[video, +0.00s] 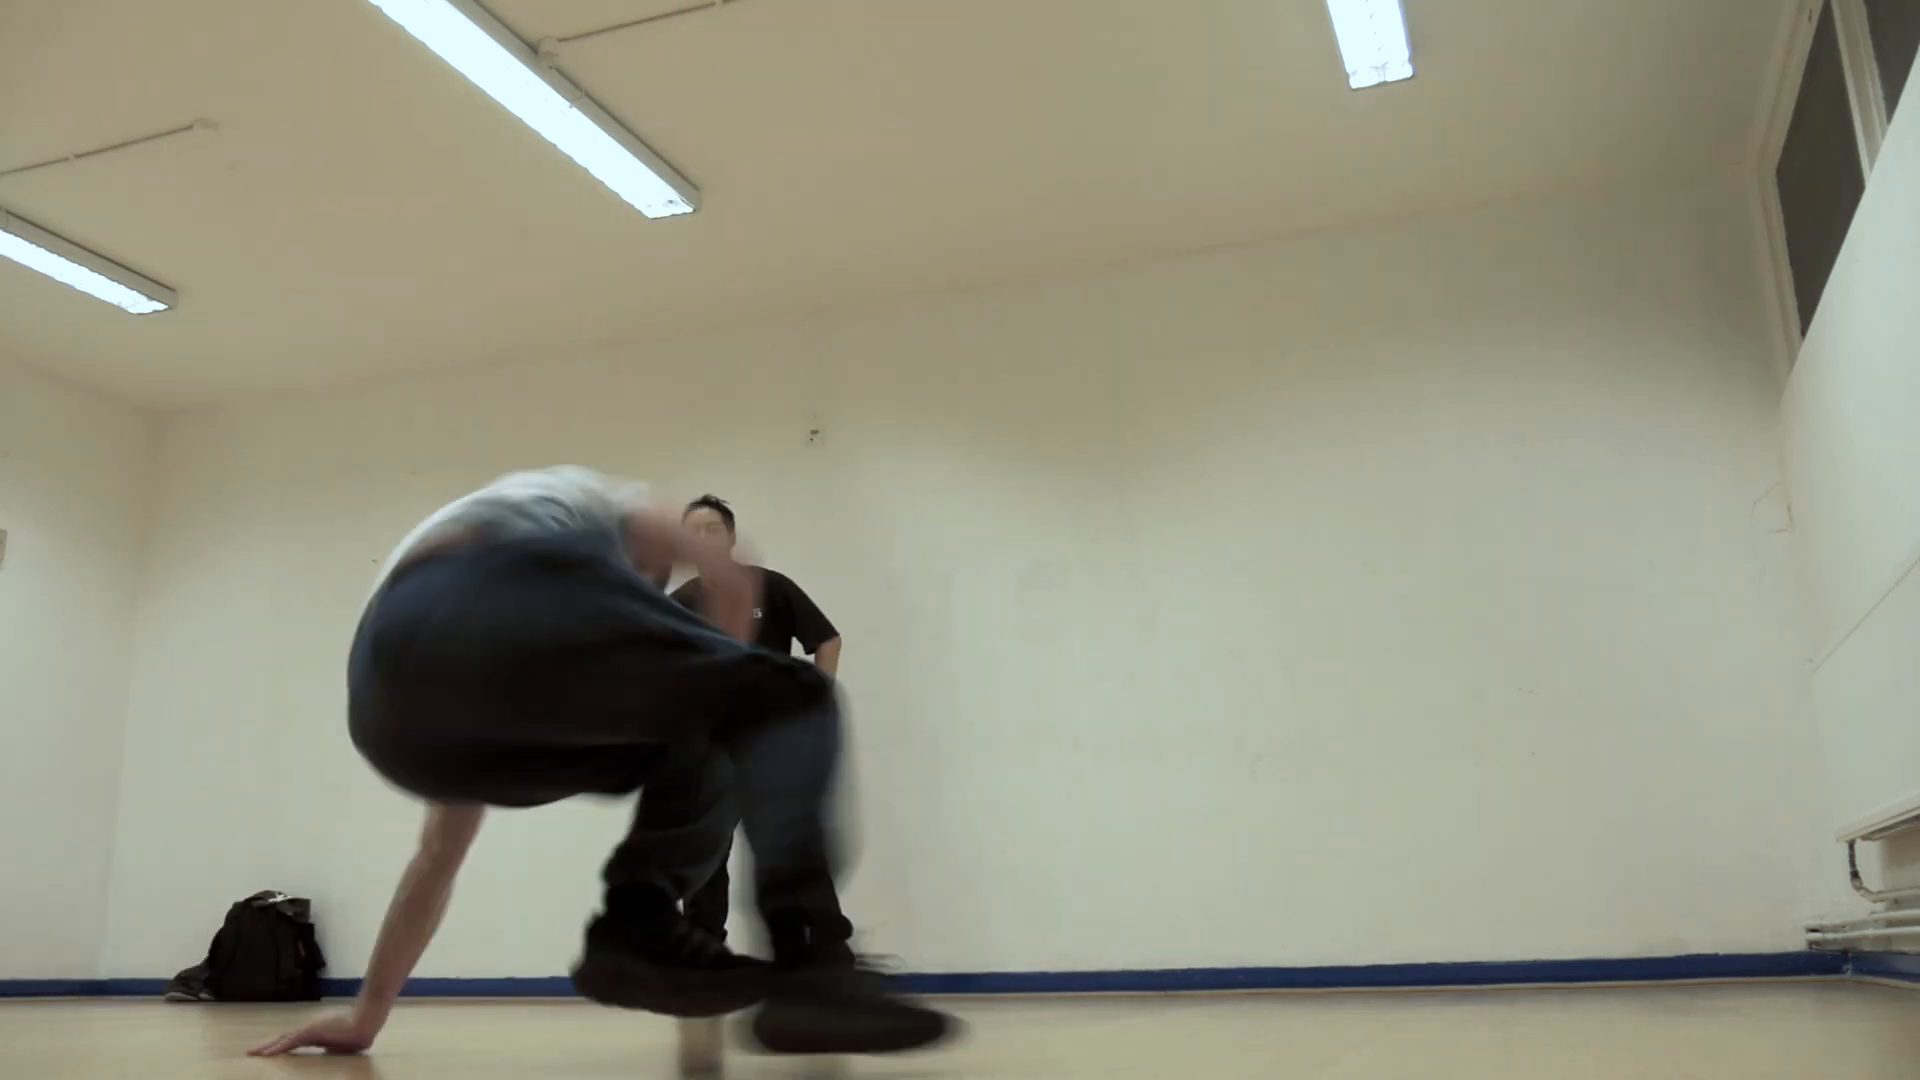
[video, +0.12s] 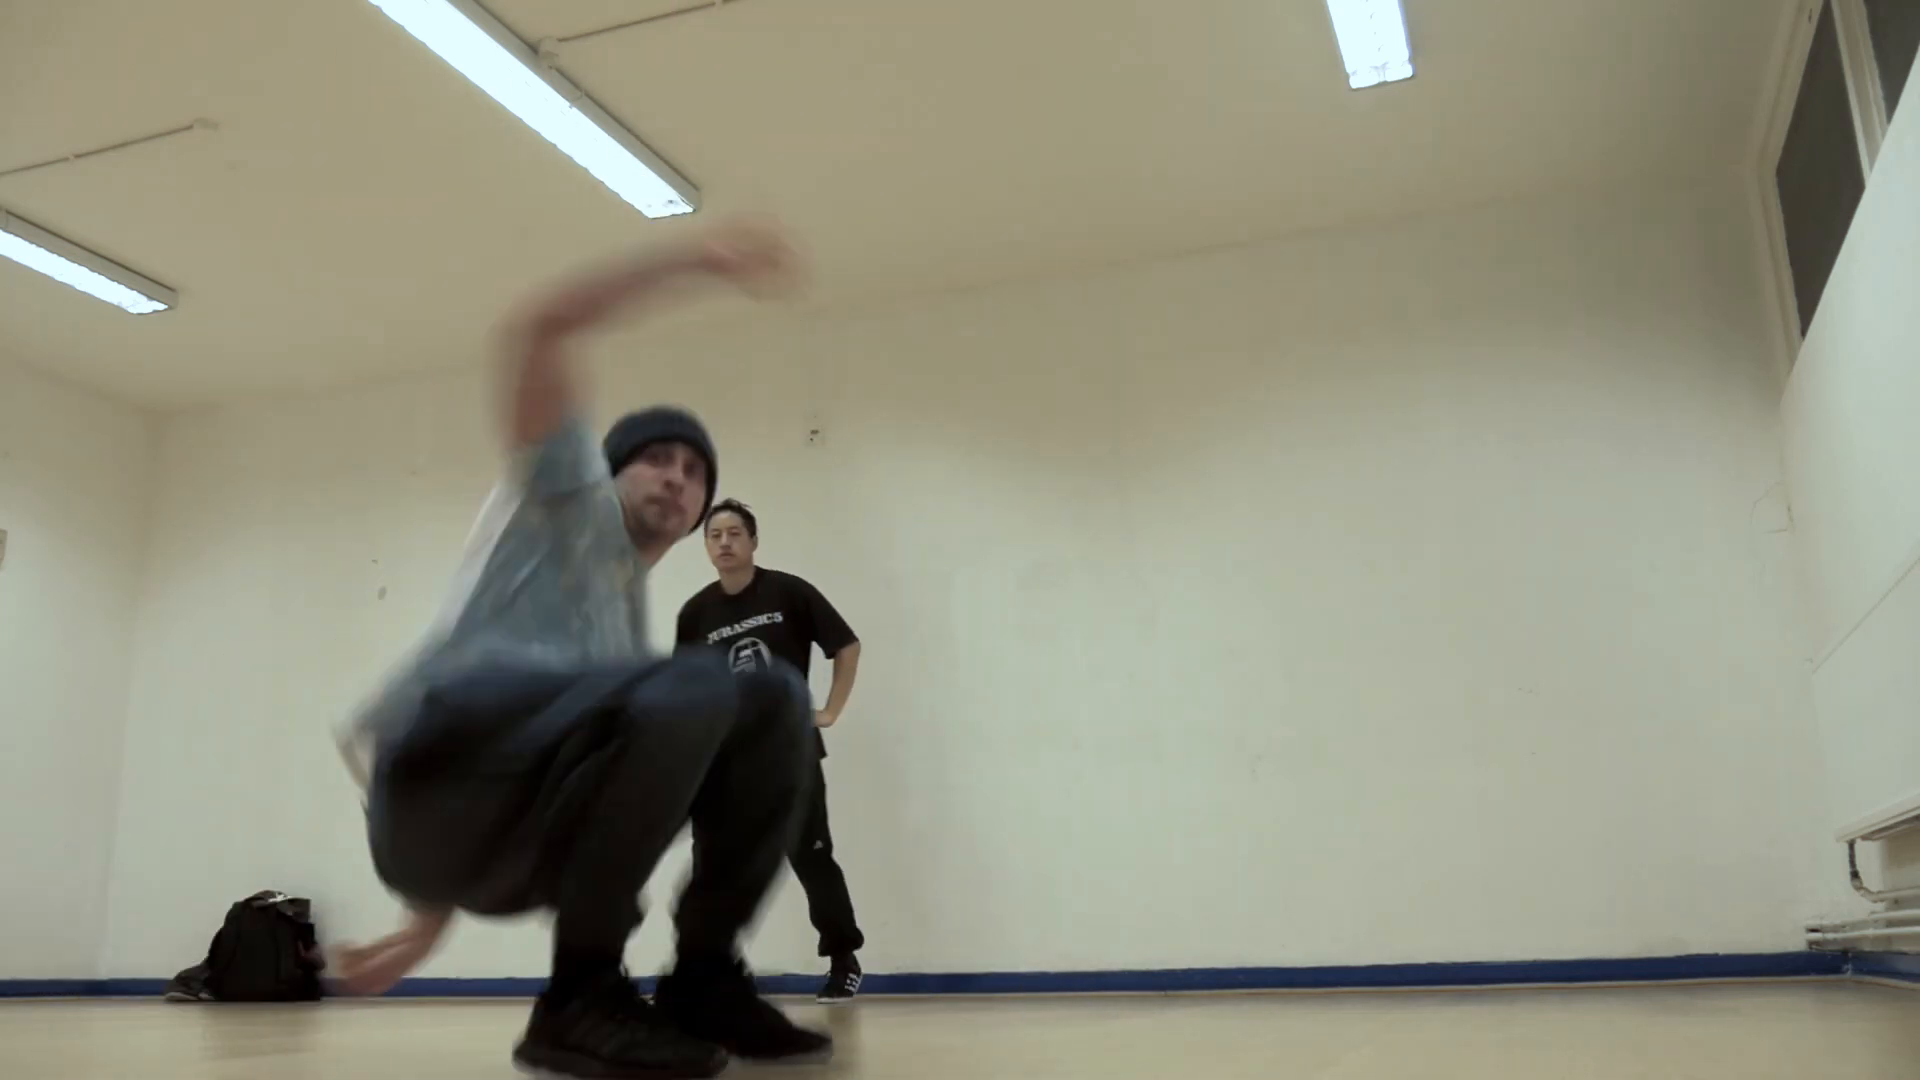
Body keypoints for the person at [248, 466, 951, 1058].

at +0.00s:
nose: (690, 568)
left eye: (696, 559)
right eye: (701, 551)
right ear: (696, 528)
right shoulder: (624, 509)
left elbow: (436, 859)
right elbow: (727, 564)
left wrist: (367, 1016)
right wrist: (723, 687)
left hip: (391, 714)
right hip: (489, 610)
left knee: (699, 736)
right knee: (787, 697)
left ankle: (638, 930)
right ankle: (815, 965)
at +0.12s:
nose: (674, 480)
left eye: (694, 476)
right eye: (657, 460)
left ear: (699, 515)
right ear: (611, 469)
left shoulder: (627, 639)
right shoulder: (563, 498)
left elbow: (545, 770)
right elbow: (539, 328)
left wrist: (429, 924)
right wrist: (696, 256)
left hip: (521, 845)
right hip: (434, 798)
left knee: (775, 708)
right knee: (680, 698)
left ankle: (705, 983)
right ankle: (578, 1002)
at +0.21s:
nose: (645, 454)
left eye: (667, 440)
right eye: (622, 440)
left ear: (694, 473)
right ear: (586, 467)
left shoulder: (693, 626)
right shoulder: (522, 527)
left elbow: (687, 759)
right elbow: (322, 538)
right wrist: (213, 424)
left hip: (602, 877)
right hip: (473, 873)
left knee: (806, 731)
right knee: (629, 691)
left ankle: (716, 991)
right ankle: (585, 1004)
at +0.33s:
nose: (447, 480)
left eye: (462, 457)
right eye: (421, 478)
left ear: (513, 471)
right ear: (411, 516)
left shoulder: (621, 569)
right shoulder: (403, 643)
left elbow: (781, 609)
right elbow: (299, 810)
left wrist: (937, 606)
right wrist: (191, 938)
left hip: (673, 867)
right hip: (537, 898)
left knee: (882, 753)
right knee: (679, 699)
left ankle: (726, 981)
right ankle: (595, 1009)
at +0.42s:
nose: (297, 523)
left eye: (299, 501)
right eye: (273, 542)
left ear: (351, 499)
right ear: (292, 593)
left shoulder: (481, 509)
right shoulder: (353, 687)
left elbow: (617, 389)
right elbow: (327, 879)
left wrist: (707, 253)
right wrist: (237, 1023)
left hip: (675, 769)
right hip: (572, 830)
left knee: (930, 748)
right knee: (724, 708)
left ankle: (754, 952)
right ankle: (617, 997)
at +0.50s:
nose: (223, 608)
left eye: (213, 594)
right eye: (209, 638)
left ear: (251, 570)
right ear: (240, 678)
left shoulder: (357, 518)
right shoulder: (339, 722)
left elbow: (384, 367)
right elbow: (352, 911)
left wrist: (351, 224)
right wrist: (239, 1030)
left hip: (649, 603)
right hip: (589, 675)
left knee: (933, 648)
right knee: (758, 654)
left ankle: (819, 901)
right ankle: (670, 949)